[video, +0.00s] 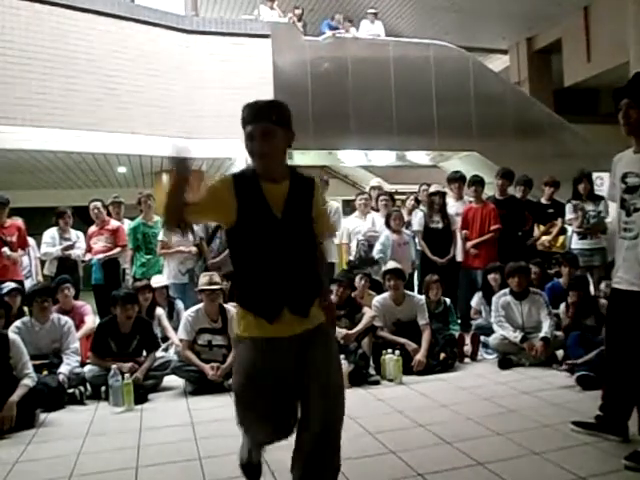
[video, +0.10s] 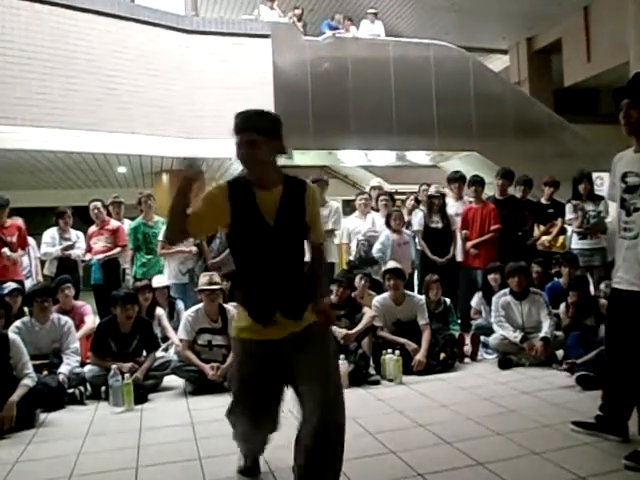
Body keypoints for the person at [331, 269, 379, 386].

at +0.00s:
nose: (340, 291)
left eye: (345, 288)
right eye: (339, 286)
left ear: (350, 291)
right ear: (334, 286)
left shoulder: (352, 301)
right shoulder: (326, 301)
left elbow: (370, 314)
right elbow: (320, 322)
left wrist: (354, 333)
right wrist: (337, 332)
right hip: (331, 345)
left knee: (368, 326)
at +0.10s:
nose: (341, 291)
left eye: (345, 288)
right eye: (339, 286)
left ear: (350, 291)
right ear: (334, 286)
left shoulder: (352, 301)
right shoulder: (325, 303)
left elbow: (370, 314)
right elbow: (320, 322)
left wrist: (354, 333)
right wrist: (335, 330)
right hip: (331, 344)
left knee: (369, 325)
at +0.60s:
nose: (340, 291)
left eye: (345, 289)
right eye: (339, 286)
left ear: (350, 292)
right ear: (333, 287)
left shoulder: (353, 303)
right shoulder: (323, 303)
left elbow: (371, 314)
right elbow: (312, 317)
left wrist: (354, 333)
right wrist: (336, 330)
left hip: (351, 351)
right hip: (330, 349)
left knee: (368, 330)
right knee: (317, 332)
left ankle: (368, 368)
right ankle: (320, 370)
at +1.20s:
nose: (341, 290)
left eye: (346, 288)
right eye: (339, 285)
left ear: (351, 292)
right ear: (334, 286)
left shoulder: (353, 303)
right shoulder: (324, 303)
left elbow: (371, 314)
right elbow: (312, 317)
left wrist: (354, 333)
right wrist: (336, 330)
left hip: (351, 351)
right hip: (330, 349)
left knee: (368, 331)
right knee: (318, 332)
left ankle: (368, 368)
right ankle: (320, 370)